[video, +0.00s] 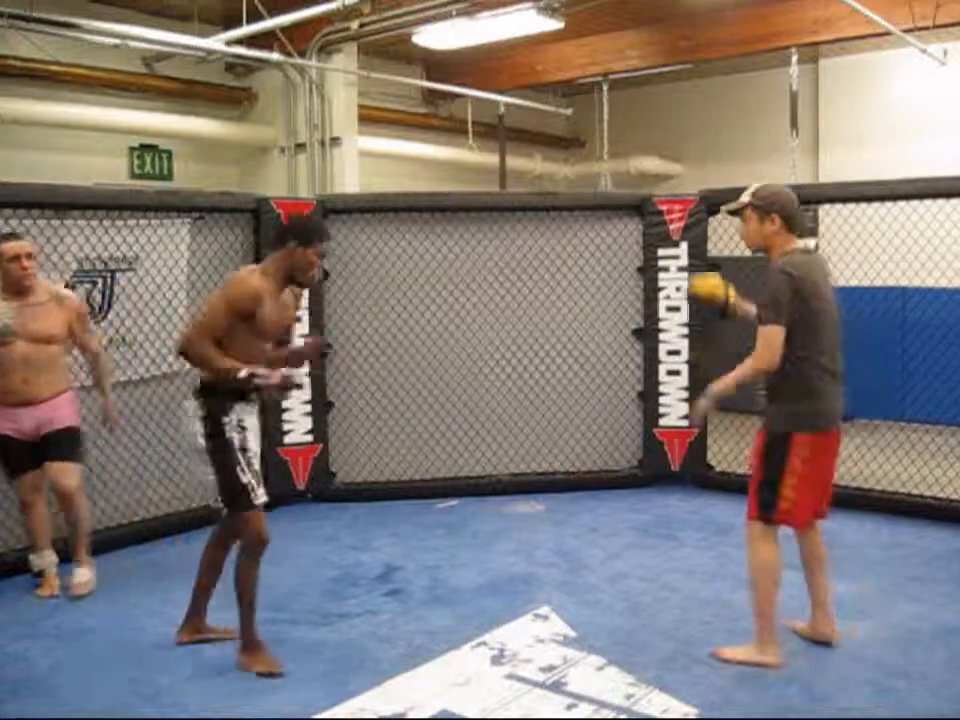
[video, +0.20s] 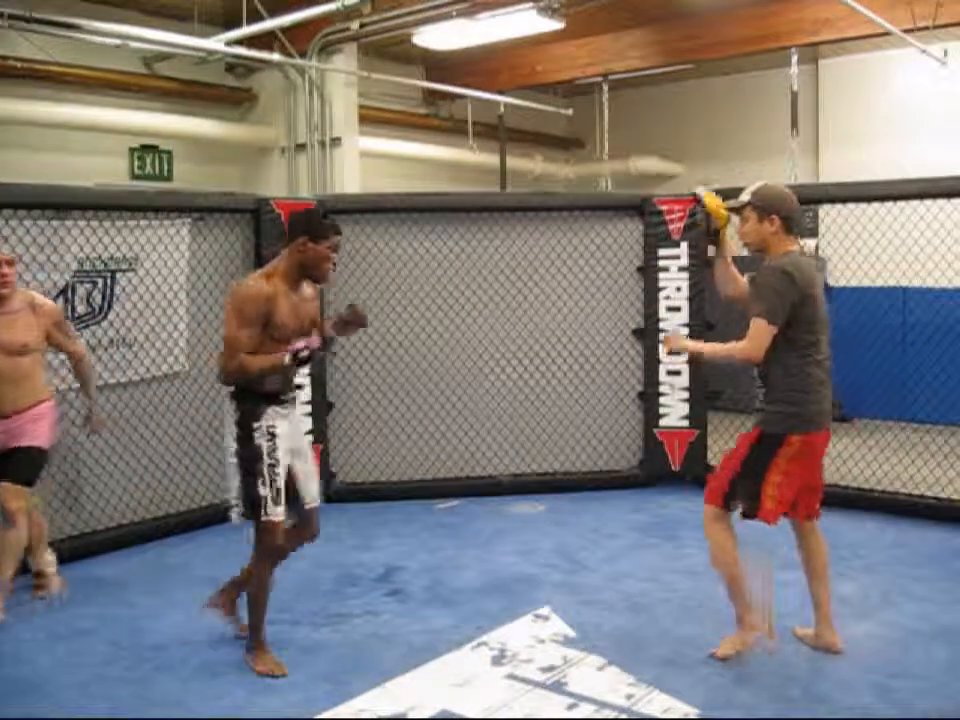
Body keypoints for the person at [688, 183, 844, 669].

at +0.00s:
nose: (742, 228)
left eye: (746, 219)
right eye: (742, 219)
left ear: (771, 222)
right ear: (779, 222)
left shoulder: (782, 273)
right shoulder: (812, 264)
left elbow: (767, 357)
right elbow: (788, 324)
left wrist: (715, 391)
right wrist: (735, 303)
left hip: (792, 420)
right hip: (822, 416)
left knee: (760, 526)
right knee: (805, 521)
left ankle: (764, 643)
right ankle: (822, 622)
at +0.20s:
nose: (741, 228)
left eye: (745, 219)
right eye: (740, 220)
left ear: (772, 222)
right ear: (780, 224)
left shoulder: (777, 273)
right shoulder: (805, 267)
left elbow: (752, 350)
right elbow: (735, 291)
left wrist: (693, 347)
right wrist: (719, 241)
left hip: (784, 423)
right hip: (813, 421)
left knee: (715, 509)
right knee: (805, 519)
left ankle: (748, 625)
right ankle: (825, 630)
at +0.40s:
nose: (724, 236)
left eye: (730, 228)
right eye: (724, 228)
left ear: (757, 232)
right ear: (764, 233)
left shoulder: (766, 282)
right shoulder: (786, 270)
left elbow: (761, 366)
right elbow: (711, 276)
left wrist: (698, 389)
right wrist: (674, 236)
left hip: (756, 429)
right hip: (788, 426)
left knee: (691, 522)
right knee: (784, 525)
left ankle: (671, 649)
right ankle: (822, 627)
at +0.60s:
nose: (671, 240)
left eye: (678, 231)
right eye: (671, 231)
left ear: (704, 236)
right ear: (709, 235)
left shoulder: (722, 288)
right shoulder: (723, 274)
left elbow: (749, 372)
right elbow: (660, 285)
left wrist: (683, 412)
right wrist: (666, 231)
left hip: (731, 434)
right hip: (758, 428)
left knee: (672, 536)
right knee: (775, 526)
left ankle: (662, 659)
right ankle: (820, 623)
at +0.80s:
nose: (623, 232)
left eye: (627, 224)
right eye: (623, 223)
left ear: (654, 228)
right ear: (668, 226)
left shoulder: (673, 277)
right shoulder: (697, 257)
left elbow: (691, 362)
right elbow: (651, 289)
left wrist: (632, 384)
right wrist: (619, 253)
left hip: (708, 423)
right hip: (751, 411)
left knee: (673, 537)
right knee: (777, 519)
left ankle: (662, 657)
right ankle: (804, 625)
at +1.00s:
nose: (613, 226)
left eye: (616, 217)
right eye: (612, 217)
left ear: (641, 219)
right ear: (659, 215)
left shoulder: (650, 273)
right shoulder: (712, 256)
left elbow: (656, 371)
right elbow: (755, 330)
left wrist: (639, 420)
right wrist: (712, 332)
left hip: (689, 424)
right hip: (742, 411)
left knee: (664, 538)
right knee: (765, 521)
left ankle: (661, 657)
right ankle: (802, 639)